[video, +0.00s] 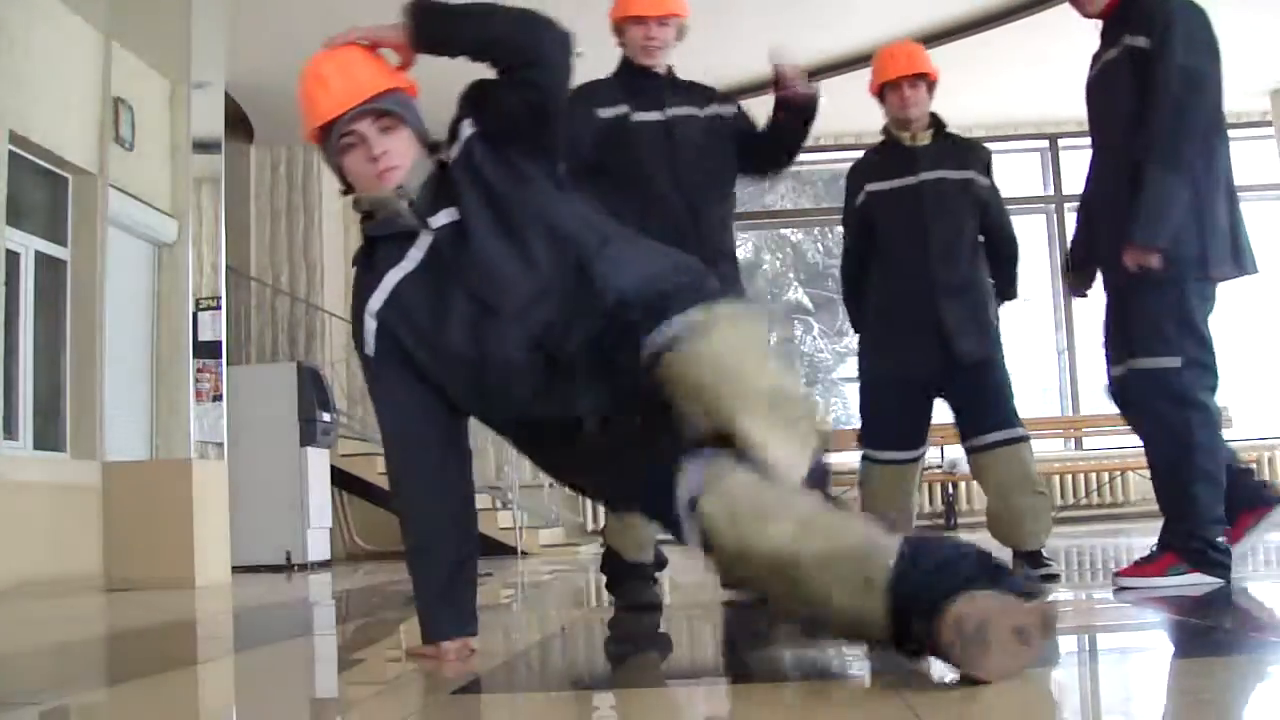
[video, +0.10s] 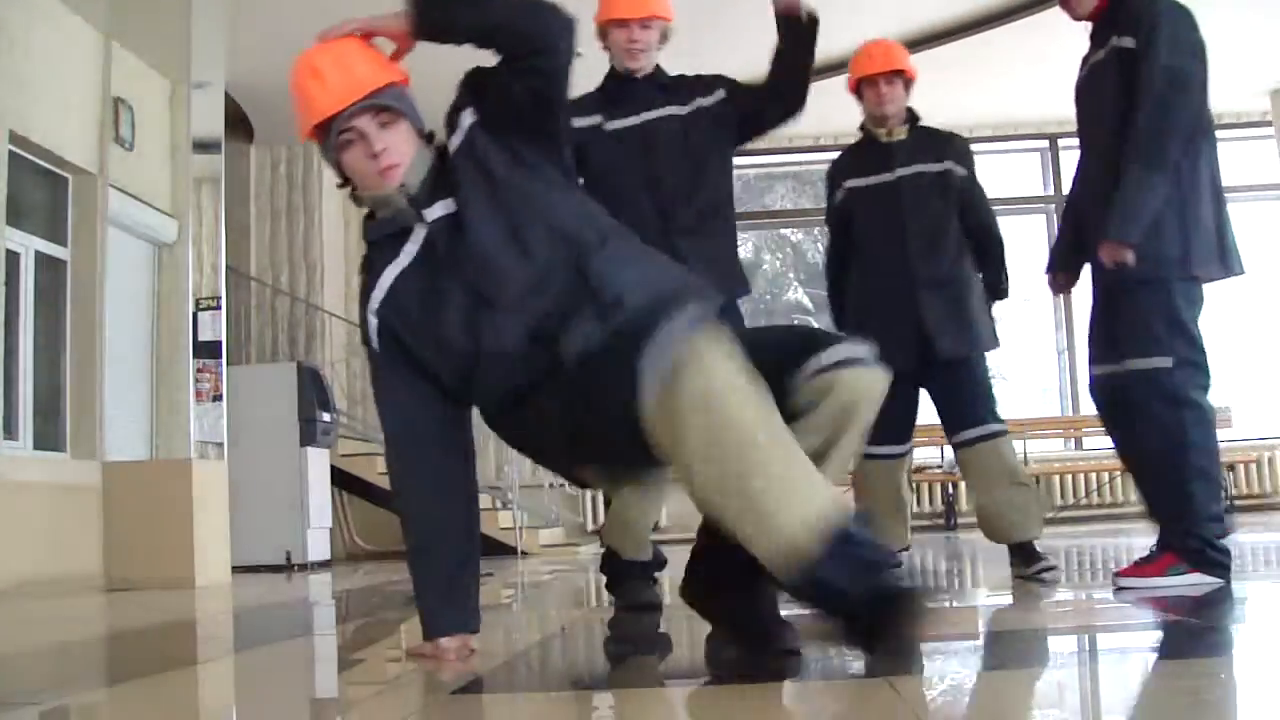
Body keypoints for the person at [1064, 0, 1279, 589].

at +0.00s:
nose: (1075, 5)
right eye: (1072, 3)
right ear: (1092, 0)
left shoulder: (1170, 13)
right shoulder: (1115, 41)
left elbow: (1180, 126)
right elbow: (1112, 154)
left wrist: (1153, 228)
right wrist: (1087, 247)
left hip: (1171, 241)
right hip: (1132, 247)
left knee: (1170, 383)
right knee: (1135, 381)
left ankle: (1198, 548)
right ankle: (1236, 490)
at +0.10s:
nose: (1062, 4)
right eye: (1060, 1)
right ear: (1086, 0)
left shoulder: (1158, 15)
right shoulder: (1103, 43)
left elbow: (1164, 126)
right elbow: (1096, 156)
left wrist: (1127, 224)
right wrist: (1069, 248)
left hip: (1163, 241)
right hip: (1120, 247)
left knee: (1164, 385)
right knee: (1116, 388)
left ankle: (1203, 553)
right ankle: (1178, 542)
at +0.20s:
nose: (1050, 8)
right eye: (1045, 5)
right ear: (1059, 8)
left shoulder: (1147, 21)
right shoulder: (1089, 49)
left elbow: (1149, 130)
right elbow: (1082, 161)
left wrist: (1110, 223)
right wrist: (1058, 249)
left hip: (1152, 246)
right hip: (1108, 253)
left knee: (1159, 394)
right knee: (1105, 396)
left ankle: (1199, 553)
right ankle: (1133, 542)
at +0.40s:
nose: (1027, 13)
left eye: (1033, 1)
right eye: (1022, 6)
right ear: (1033, 11)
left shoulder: (1135, 43)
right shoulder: (1056, 78)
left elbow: (1147, 151)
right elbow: (1055, 182)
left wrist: (1124, 239)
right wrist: (1040, 272)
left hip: (1129, 265)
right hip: (1075, 276)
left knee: (1147, 400)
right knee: (1077, 407)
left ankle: (1196, 551)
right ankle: (1116, 544)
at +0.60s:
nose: (1002, 34)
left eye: (1008, 17)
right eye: (992, 26)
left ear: (1044, 4)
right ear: (991, 29)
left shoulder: (1114, 57)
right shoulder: (1015, 106)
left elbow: (1159, 152)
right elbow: (1023, 205)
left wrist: (1167, 248)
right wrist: (1032, 292)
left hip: (1129, 266)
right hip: (1061, 282)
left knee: (1149, 400)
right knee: (1076, 413)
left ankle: (1182, 538)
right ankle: (1109, 540)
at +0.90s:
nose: (1013, 44)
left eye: (1022, 29)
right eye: (1003, 36)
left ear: (1054, 19)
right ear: (997, 42)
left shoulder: (1121, 75)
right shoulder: (1015, 122)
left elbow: (1164, 163)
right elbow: (1012, 216)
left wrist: (1173, 252)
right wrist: (1019, 297)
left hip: (1129, 278)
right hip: (1060, 291)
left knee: (1146, 405)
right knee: (1079, 418)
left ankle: (1165, 523)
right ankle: (1112, 541)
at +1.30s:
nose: (1082, 61)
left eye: (1093, 49)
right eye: (1071, 52)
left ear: (1117, 48)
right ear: (1060, 59)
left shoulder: (1161, 116)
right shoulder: (1049, 134)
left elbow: (1184, 199)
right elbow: (1029, 220)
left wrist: (1166, 266)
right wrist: (1019, 295)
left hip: (1151, 300)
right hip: (1082, 305)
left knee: (1155, 424)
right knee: (1090, 424)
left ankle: (1157, 538)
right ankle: (1095, 540)